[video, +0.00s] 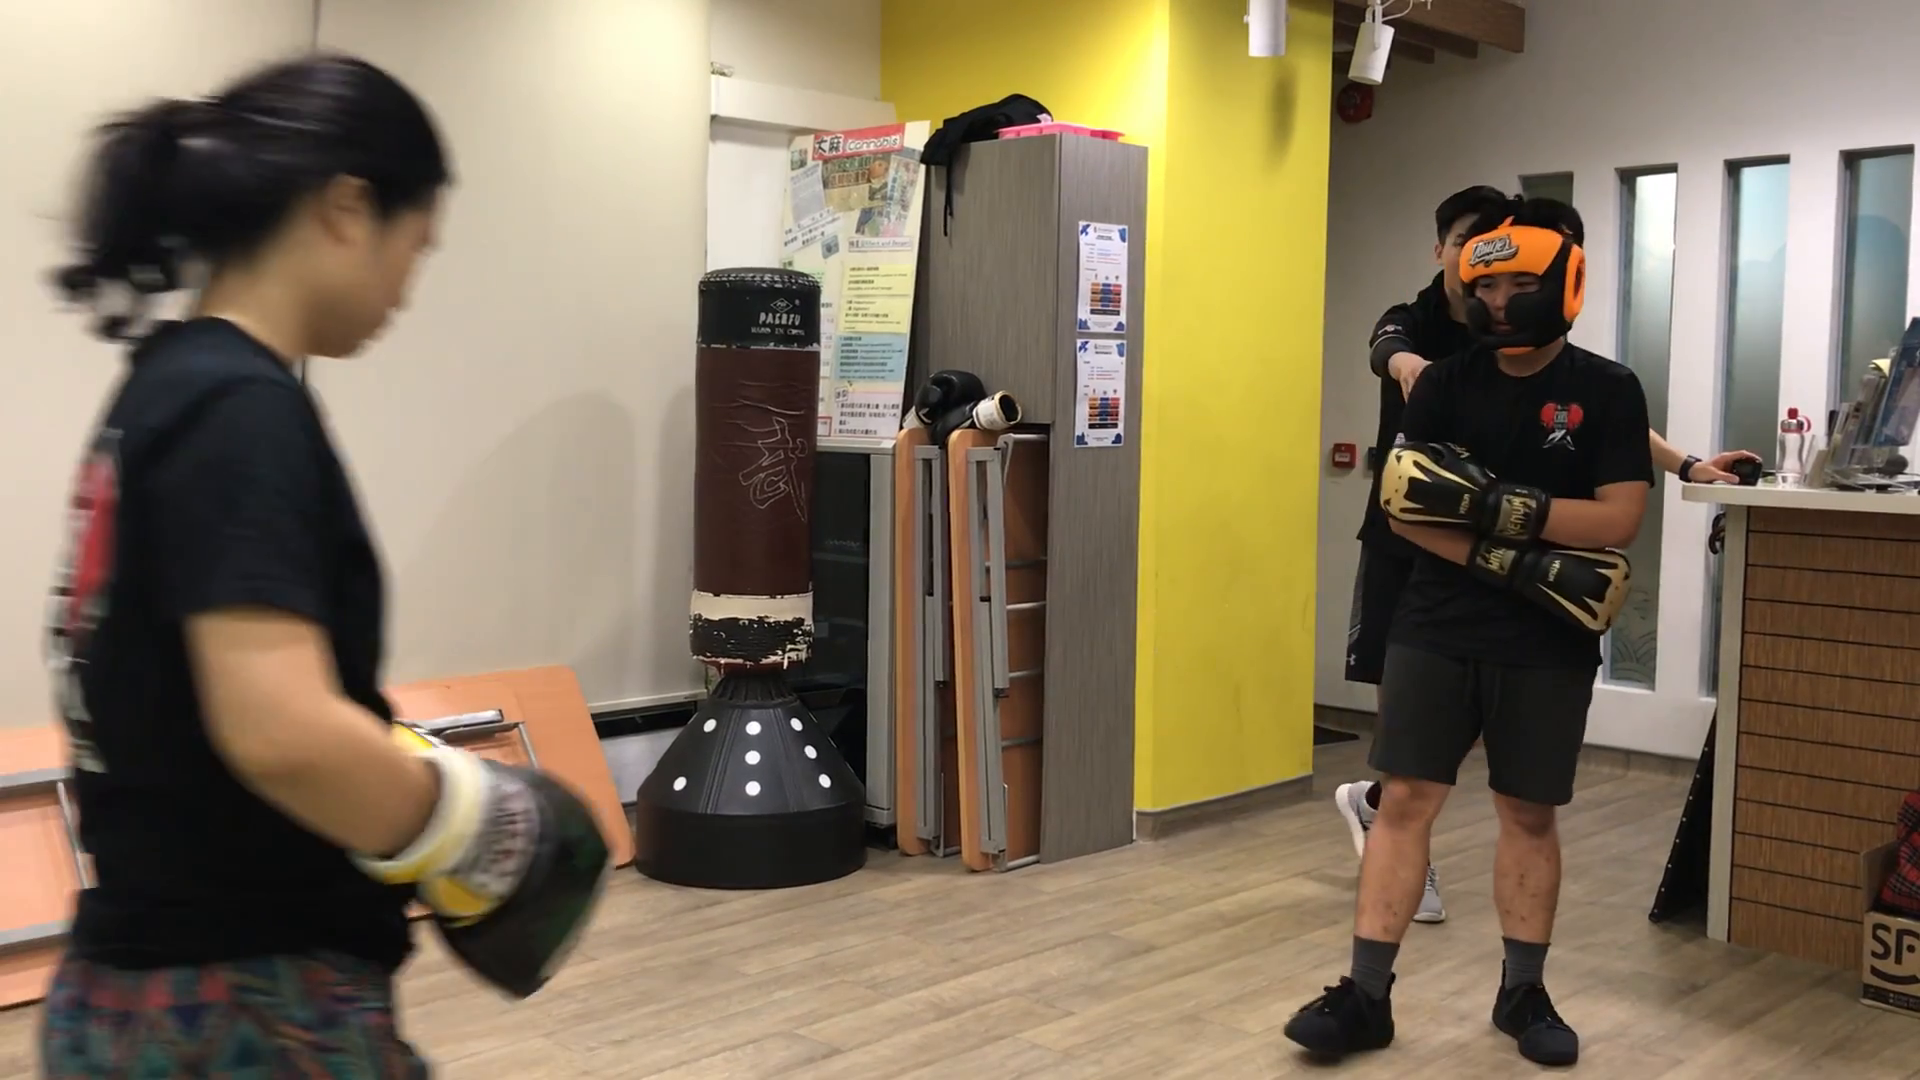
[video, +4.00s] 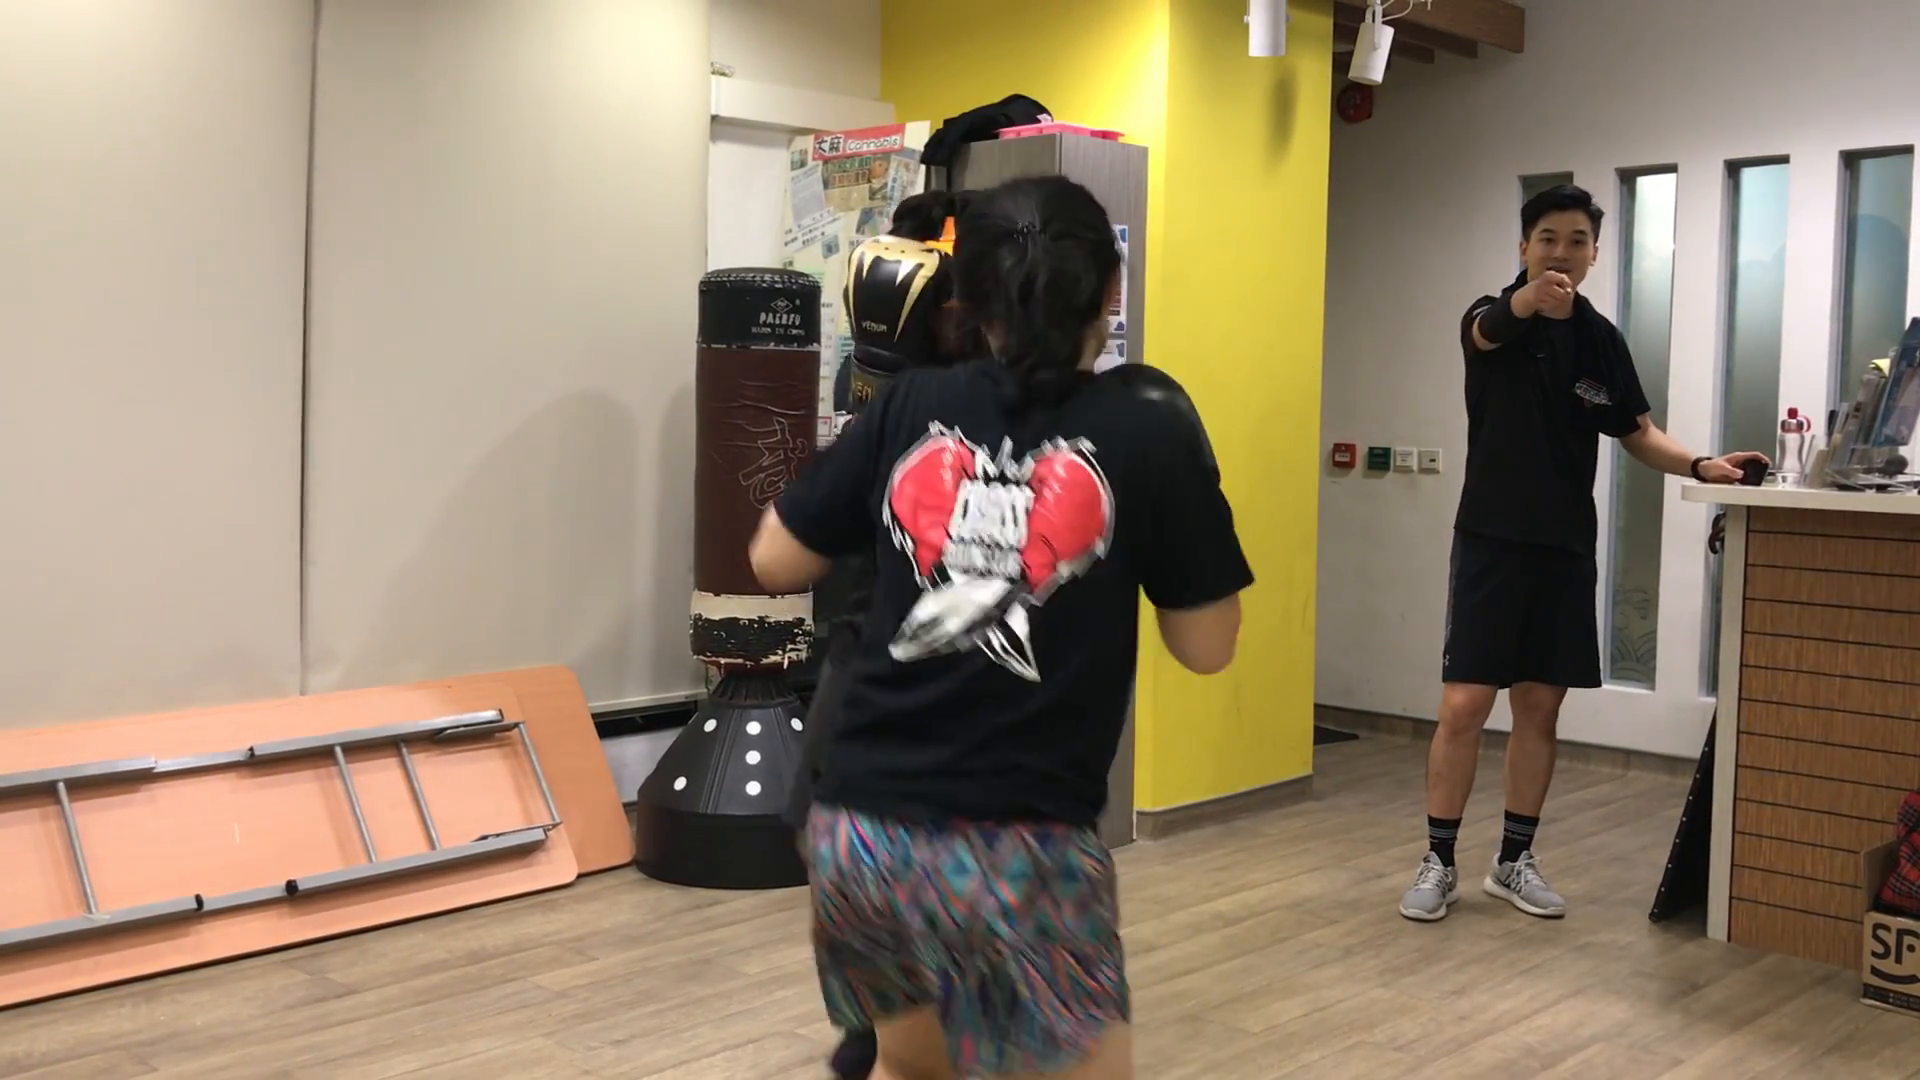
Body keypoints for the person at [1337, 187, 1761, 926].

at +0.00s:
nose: (1479, 270)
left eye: (1496, 252)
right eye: (1469, 252)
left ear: (1526, 262)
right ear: (1442, 256)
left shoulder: (1526, 343)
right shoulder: (1409, 331)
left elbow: (1607, 418)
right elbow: (1401, 366)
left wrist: (1690, 464)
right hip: (1404, 556)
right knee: (1404, 707)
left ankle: (1374, 797)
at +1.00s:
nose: (1560, 257)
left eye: (1575, 247)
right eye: (1548, 242)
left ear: (1586, 259)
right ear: (1517, 245)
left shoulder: (1582, 342)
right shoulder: (1470, 324)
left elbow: (1621, 433)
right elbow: (1407, 385)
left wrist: (1688, 463)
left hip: (1540, 549)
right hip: (1461, 543)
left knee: (1526, 706)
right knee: (1445, 705)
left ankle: (1513, 861)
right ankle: (1411, 852)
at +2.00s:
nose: (1600, 280)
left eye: (1610, 269)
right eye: (1590, 264)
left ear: (1613, 271)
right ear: (1548, 252)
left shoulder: (1606, 346)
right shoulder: (1489, 328)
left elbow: (1648, 449)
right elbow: (1481, 415)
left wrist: (1655, 420)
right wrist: (1584, 406)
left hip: (1565, 551)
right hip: (1490, 545)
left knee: (1539, 707)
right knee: (1462, 705)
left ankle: (1515, 861)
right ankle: (1438, 862)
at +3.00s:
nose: (1575, 261)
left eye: (1592, 252)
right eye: (1565, 245)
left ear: (1606, 265)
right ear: (1540, 246)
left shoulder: (1611, 344)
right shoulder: (1494, 326)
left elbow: (1647, 444)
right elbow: (1460, 420)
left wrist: (1671, 433)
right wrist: (1557, 426)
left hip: (1568, 550)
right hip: (1491, 543)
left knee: (1540, 704)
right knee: (1465, 704)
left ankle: (1515, 860)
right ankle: (1438, 861)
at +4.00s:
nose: (1564, 255)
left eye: (1578, 242)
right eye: (1551, 239)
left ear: (1597, 253)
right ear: (1525, 247)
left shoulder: (1600, 337)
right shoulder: (1489, 319)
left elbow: (1639, 433)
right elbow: (1487, 330)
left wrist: (1701, 464)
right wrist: (1529, 302)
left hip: (1564, 547)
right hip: (1489, 539)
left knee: (1539, 708)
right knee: (1462, 708)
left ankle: (1514, 861)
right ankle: (1437, 863)